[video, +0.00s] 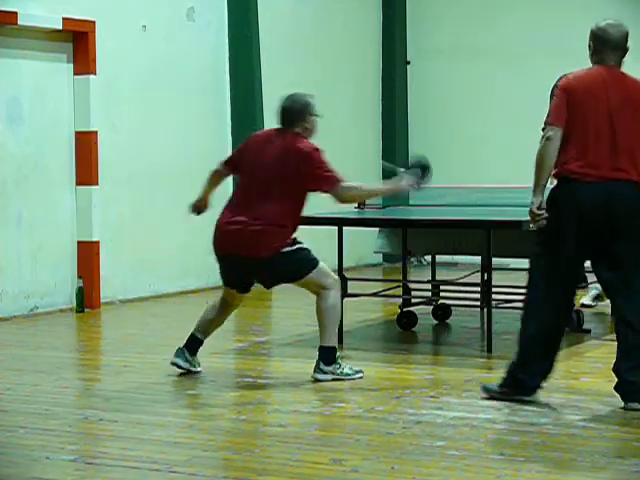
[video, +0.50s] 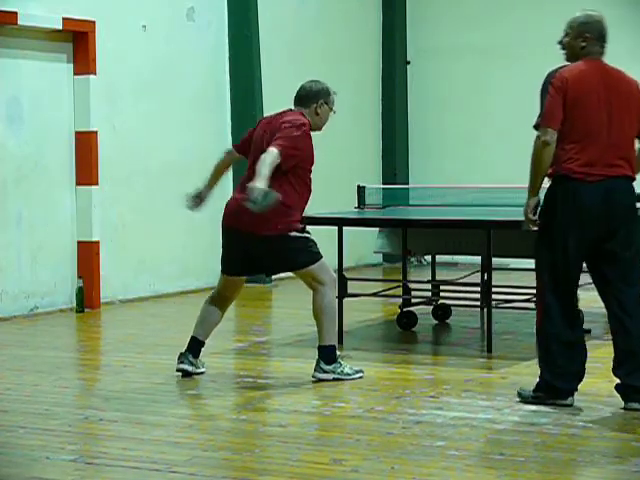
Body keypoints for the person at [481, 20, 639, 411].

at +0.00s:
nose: (592, 50)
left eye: (590, 45)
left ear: (591, 47)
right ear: (625, 53)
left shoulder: (569, 84)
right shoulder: (636, 89)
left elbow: (552, 138)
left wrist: (538, 195)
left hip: (573, 201)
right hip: (626, 205)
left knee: (549, 290)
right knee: (630, 297)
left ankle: (522, 382)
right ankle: (633, 386)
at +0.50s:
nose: (561, 41)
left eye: (567, 35)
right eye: (564, 35)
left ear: (586, 40)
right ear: (596, 42)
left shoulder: (562, 78)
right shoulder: (630, 84)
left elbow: (546, 139)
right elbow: (636, 143)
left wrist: (533, 194)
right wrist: (626, 184)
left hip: (571, 198)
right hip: (620, 198)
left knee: (556, 290)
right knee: (625, 293)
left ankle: (557, 384)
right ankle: (633, 386)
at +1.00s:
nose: (513, 43)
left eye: (519, 36)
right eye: (514, 37)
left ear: (543, 41)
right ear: (547, 43)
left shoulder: (540, 77)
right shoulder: (572, 77)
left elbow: (534, 140)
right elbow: (576, 141)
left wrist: (503, 198)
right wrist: (524, 173)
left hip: (559, 192)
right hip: (586, 191)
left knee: (547, 286)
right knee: (567, 285)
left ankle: (555, 384)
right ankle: (573, 377)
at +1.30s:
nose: (500, 44)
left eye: (508, 38)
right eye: (501, 38)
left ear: (531, 44)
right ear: (526, 45)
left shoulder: (541, 76)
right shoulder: (530, 83)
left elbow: (560, 130)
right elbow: (541, 144)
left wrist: (546, 192)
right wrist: (514, 186)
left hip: (566, 185)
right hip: (567, 186)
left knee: (531, 279)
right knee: (559, 281)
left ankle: (542, 379)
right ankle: (574, 376)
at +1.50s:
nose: (492, 42)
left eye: (499, 36)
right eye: (492, 36)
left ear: (523, 42)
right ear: (512, 44)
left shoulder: (534, 77)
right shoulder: (517, 81)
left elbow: (558, 135)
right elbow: (525, 141)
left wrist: (553, 200)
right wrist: (498, 184)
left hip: (556, 194)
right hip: (544, 193)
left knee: (540, 285)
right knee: (557, 286)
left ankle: (525, 388)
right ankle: (571, 378)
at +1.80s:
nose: (485, 38)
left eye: (493, 33)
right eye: (485, 32)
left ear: (518, 38)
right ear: (496, 40)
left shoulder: (527, 76)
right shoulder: (510, 78)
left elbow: (534, 142)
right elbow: (520, 140)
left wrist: (503, 199)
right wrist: (493, 178)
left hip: (543, 192)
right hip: (526, 193)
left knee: (538, 287)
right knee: (525, 287)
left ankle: (527, 388)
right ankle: (564, 369)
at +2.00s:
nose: (487, 37)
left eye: (495, 31)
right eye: (487, 31)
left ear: (520, 36)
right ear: (497, 38)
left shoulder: (529, 75)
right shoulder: (506, 80)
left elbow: (534, 140)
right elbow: (510, 141)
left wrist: (494, 188)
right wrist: (487, 181)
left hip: (541, 194)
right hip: (518, 195)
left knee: (534, 286)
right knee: (511, 287)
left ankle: (528, 387)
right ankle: (556, 367)